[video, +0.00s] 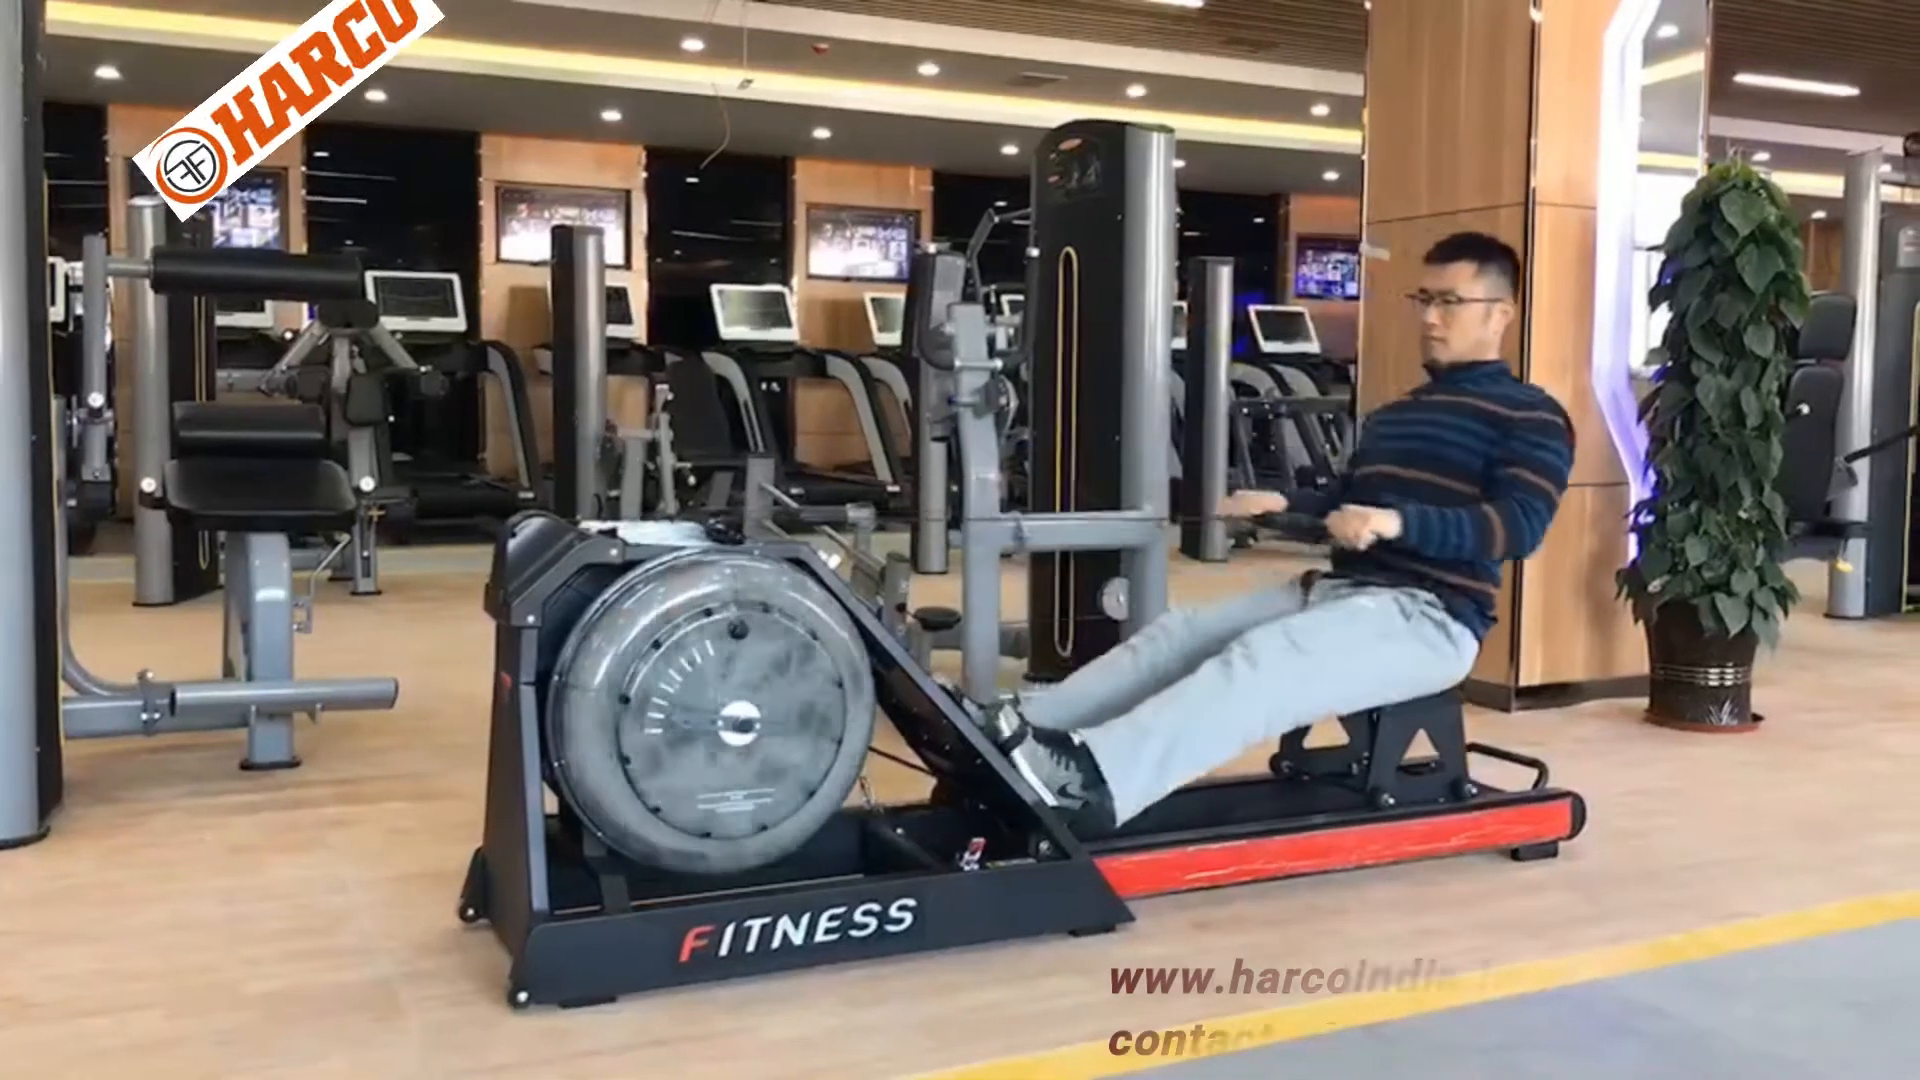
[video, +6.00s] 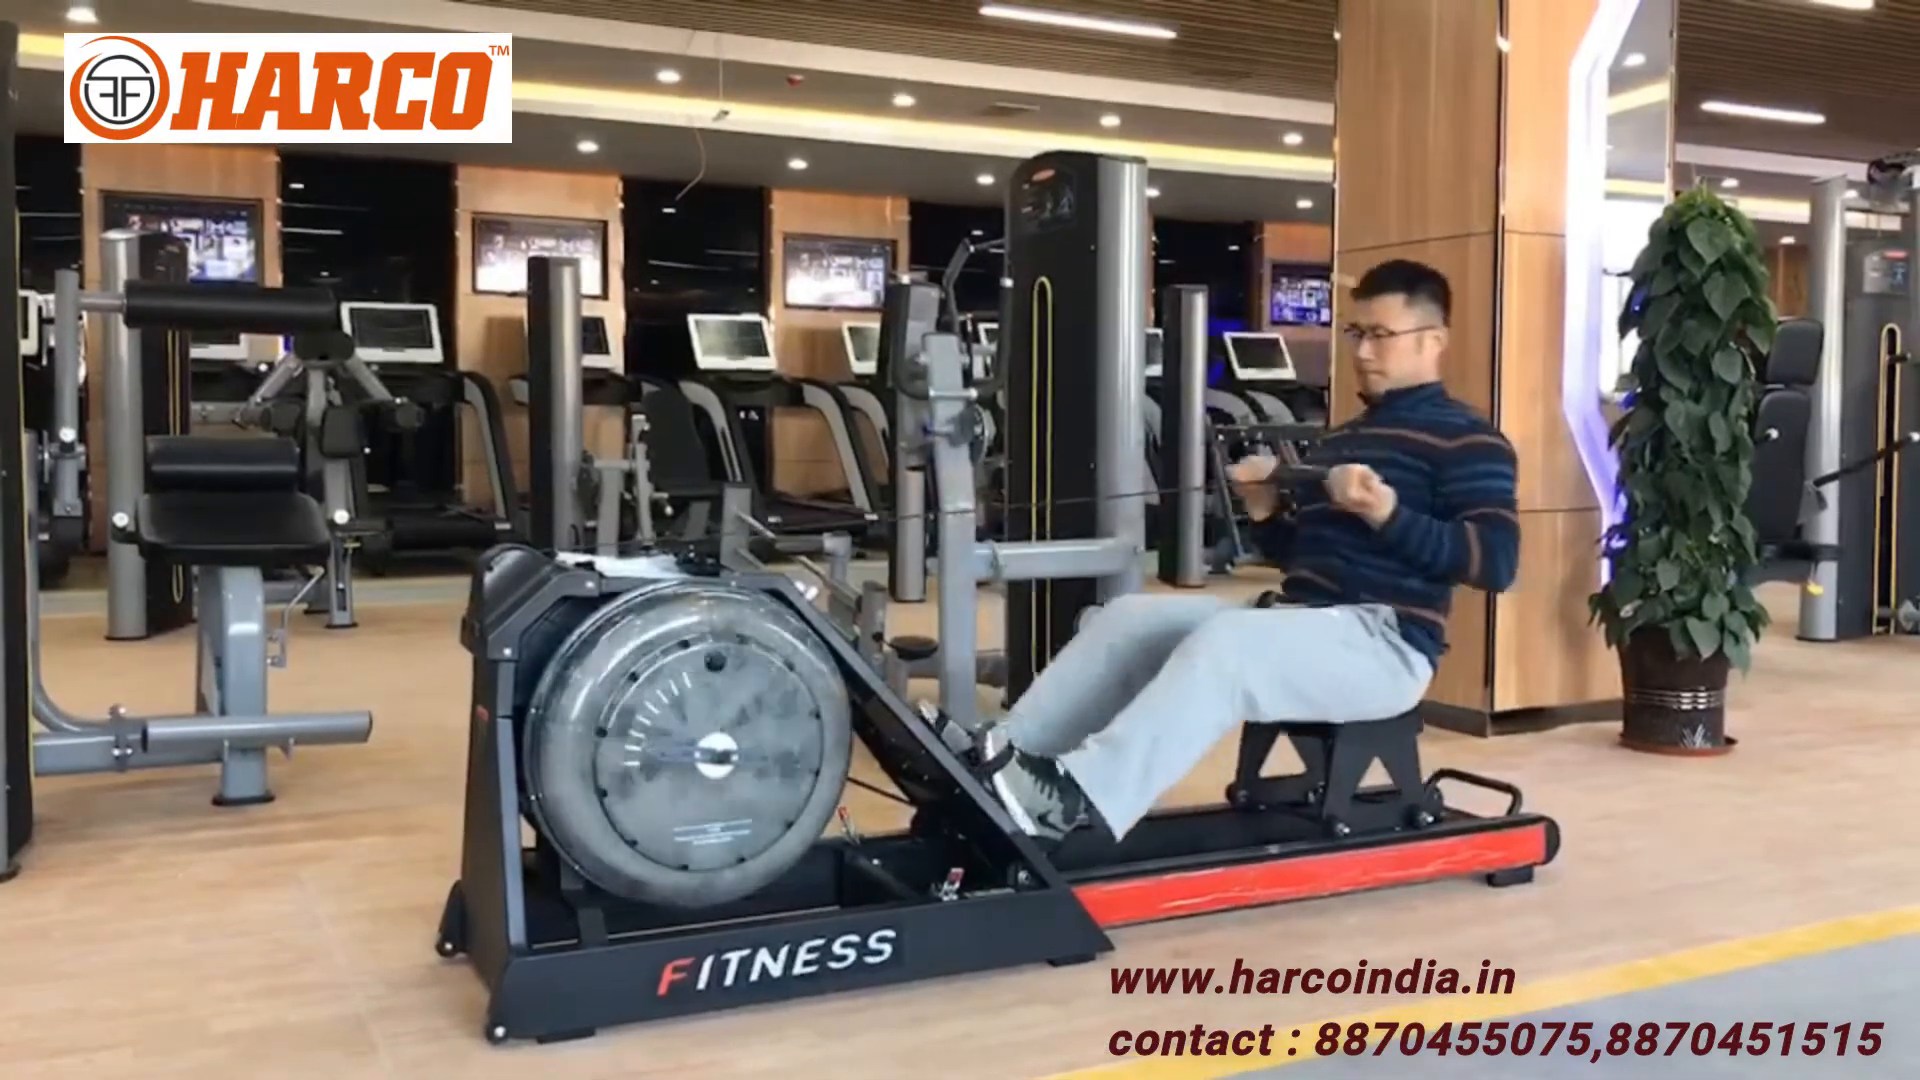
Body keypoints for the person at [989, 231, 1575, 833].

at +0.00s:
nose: (1429, 317)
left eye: (1450, 302)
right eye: (1424, 301)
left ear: (1503, 317)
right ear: (1417, 307)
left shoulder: (1534, 415)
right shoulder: (1401, 410)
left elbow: (1514, 528)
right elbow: (1353, 498)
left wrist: (1401, 524)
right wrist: (1285, 500)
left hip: (1424, 615)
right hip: (1334, 589)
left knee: (1253, 670)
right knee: (1183, 631)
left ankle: (1092, 786)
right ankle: (1022, 728)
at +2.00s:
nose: (1401, 334)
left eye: (1421, 319)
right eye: (1397, 318)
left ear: (1474, 328)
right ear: (1391, 320)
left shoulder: (1510, 425)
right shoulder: (1380, 422)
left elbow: (1546, 545)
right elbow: (1331, 499)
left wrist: (1432, 536)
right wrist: (1285, 498)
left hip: (1411, 627)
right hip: (1322, 601)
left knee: (1244, 670)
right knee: (1172, 634)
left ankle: (1084, 791)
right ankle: (1016, 738)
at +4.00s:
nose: (1383, 341)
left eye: (1403, 326)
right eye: (1375, 324)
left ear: (1453, 333)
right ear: (1366, 327)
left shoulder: (1486, 435)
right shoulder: (1346, 427)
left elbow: (1495, 558)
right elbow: (1306, 545)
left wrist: (1406, 486)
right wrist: (1280, 472)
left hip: (1399, 634)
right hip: (1310, 609)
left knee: (1237, 669)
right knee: (1154, 628)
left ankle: (1079, 796)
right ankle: (1000, 746)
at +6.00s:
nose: (1362, 350)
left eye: (1381, 334)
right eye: (1357, 335)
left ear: (1434, 344)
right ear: (1352, 340)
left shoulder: (1471, 440)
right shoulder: (1340, 437)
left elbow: (1496, 562)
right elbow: (1300, 555)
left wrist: (1392, 516)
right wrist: (1263, 505)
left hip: (1384, 641)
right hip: (1297, 619)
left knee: (1222, 648)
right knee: (1127, 618)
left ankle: (1079, 800)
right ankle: (999, 754)